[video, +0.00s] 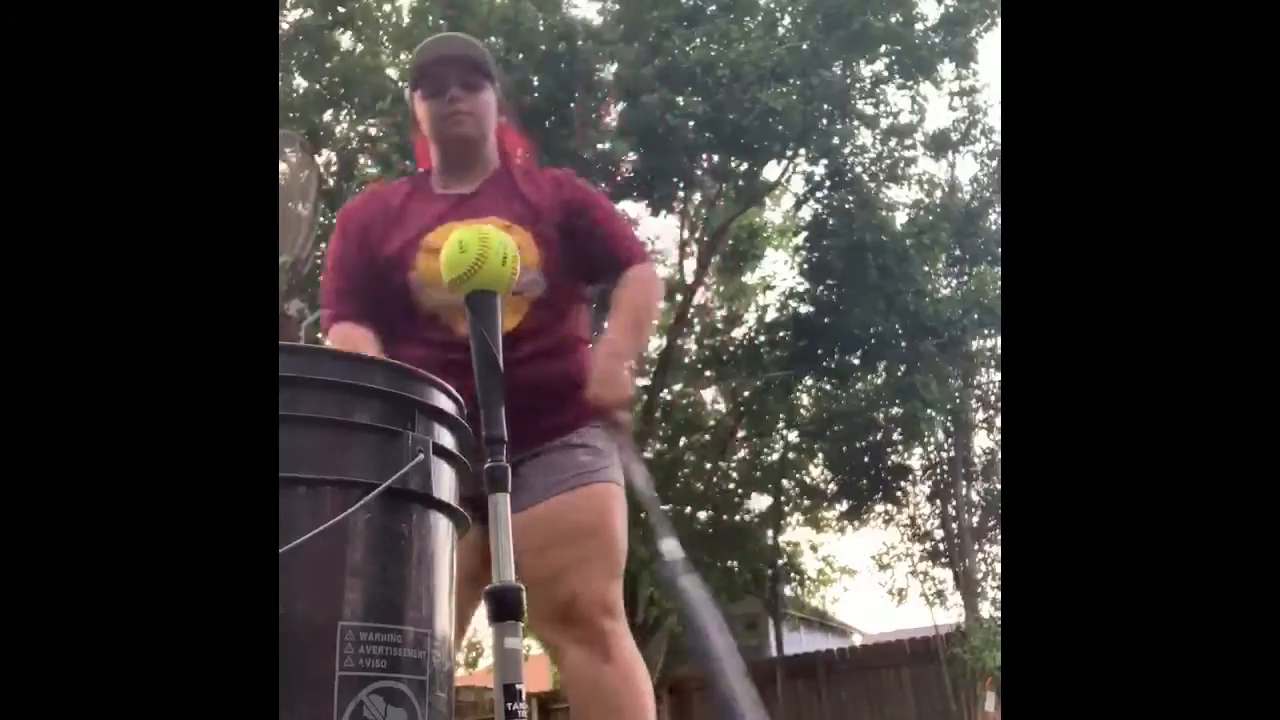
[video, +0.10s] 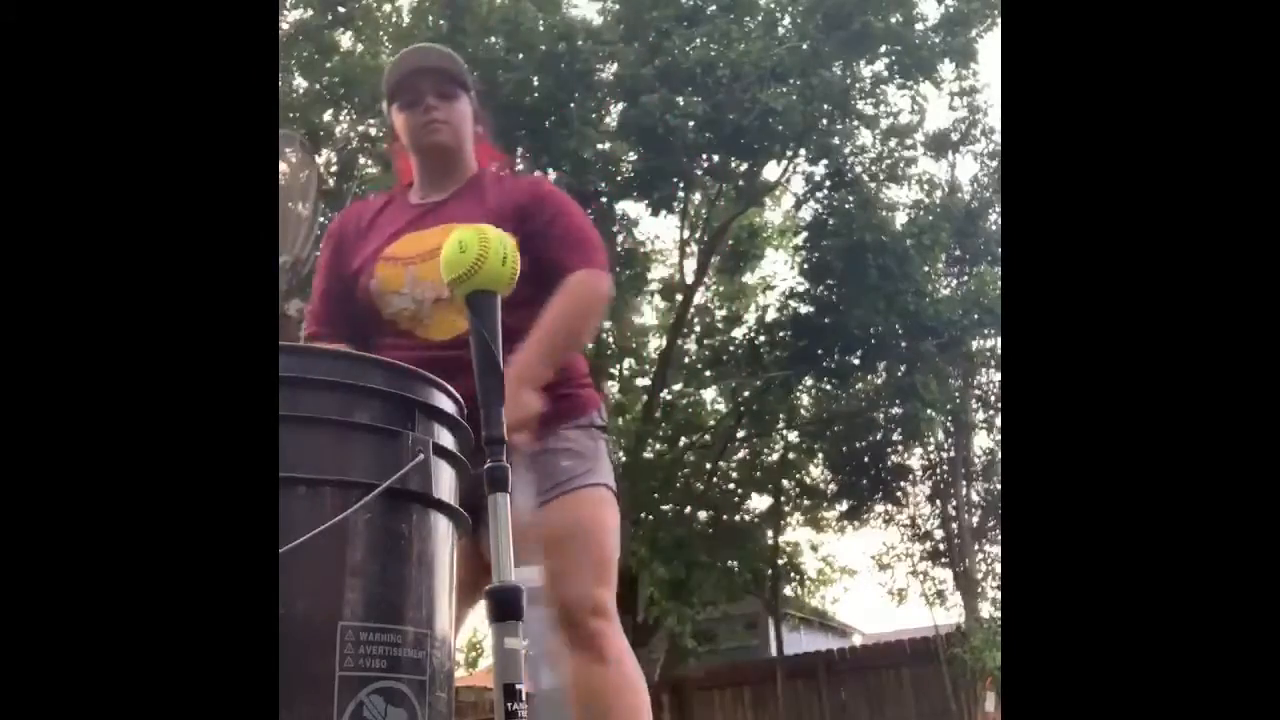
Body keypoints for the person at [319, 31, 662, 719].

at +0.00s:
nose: (455, 97)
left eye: (471, 84)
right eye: (437, 88)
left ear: (497, 101)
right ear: (416, 111)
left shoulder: (555, 194)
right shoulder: (370, 215)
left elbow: (639, 272)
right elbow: (347, 325)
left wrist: (615, 356)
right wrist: (380, 412)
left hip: (556, 442)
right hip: (433, 451)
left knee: (591, 623)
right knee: (410, 642)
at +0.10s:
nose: (431, 107)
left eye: (446, 93)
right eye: (412, 99)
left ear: (474, 111)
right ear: (393, 126)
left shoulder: (528, 198)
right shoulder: (353, 229)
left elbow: (591, 281)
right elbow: (324, 348)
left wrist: (522, 377)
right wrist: (337, 432)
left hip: (549, 426)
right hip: (427, 444)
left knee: (588, 618)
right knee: (401, 633)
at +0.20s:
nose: (417, 113)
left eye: (432, 99)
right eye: (398, 107)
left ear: (462, 118)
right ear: (382, 135)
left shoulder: (514, 195)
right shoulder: (350, 233)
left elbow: (542, 287)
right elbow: (317, 356)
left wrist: (431, 373)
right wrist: (318, 433)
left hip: (537, 428)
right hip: (419, 447)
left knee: (576, 629)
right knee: (390, 637)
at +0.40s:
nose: (410, 123)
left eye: (424, 110)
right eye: (392, 118)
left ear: (453, 124)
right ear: (377, 145)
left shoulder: (494, 186)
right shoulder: (361, 247)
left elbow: (513, 261)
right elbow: (344, 341)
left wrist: (387, 320)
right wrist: (322, 350)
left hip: (534, 424)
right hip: (424, 441)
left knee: (574, 630)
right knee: (401, 637)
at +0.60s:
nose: (399, 133)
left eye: (414, 118)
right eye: (381, 126)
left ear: (442, 131)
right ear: (366, 154)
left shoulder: (480, 180)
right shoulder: (366, 249)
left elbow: (434, 228)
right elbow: (351, 341)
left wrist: (309, 276)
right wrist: (294, 319)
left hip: (531, 425)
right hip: (430, 443)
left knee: (571, 631)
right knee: (392, 636)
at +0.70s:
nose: (385, 141)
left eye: (400, 126)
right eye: (366, 135)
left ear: (426, 139)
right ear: (350, 165)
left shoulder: (457, 188)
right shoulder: (337, 264)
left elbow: (381, 236)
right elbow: (292, 327)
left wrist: (287, 264)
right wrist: (277, 324)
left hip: (520, 426)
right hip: (415, 449)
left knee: (558, 628)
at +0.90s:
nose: (352, 164)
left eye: (367, 149)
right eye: (332, 157)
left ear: (394, 161)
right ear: (318, 185)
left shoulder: (412, 212)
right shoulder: (325, 250)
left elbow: (290, 276)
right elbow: (294, 335)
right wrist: (313, 317)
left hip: (499, 422)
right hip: (415, 440)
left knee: (487, 605)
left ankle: (611, 716)